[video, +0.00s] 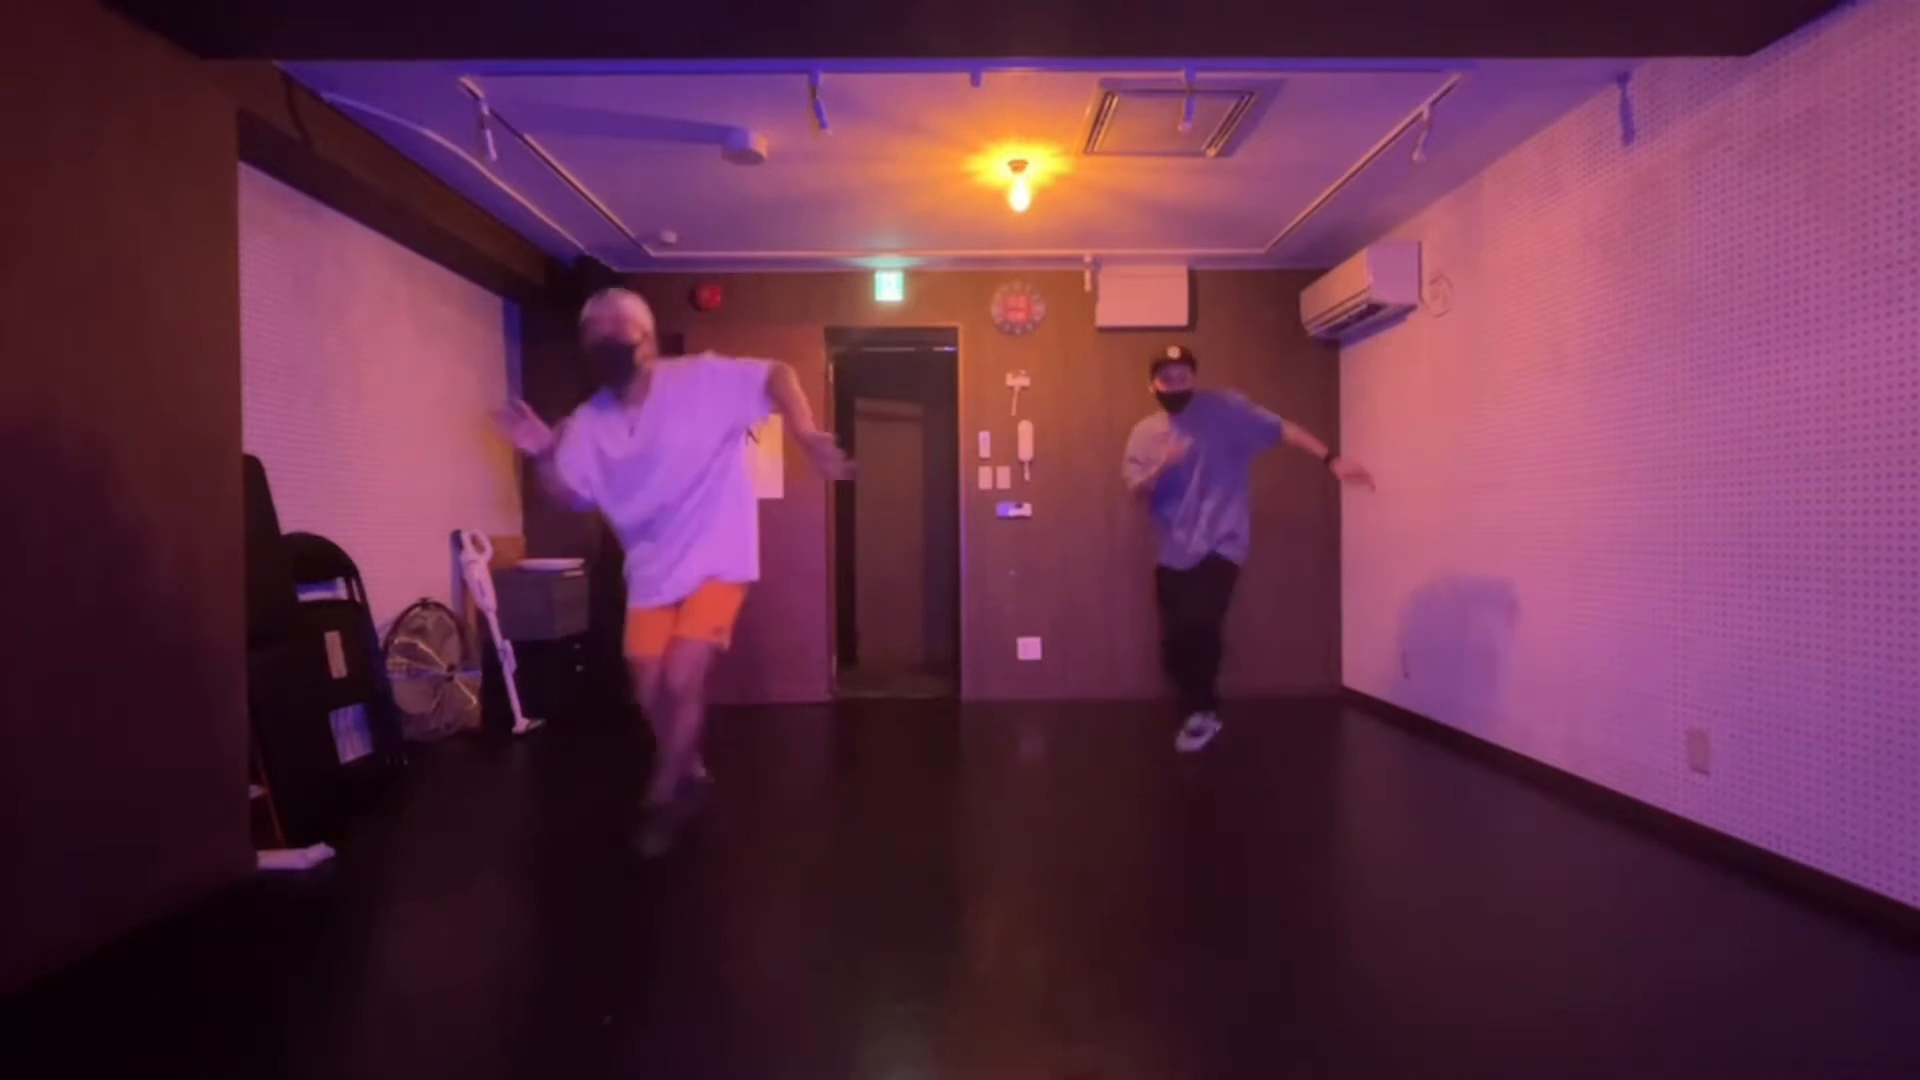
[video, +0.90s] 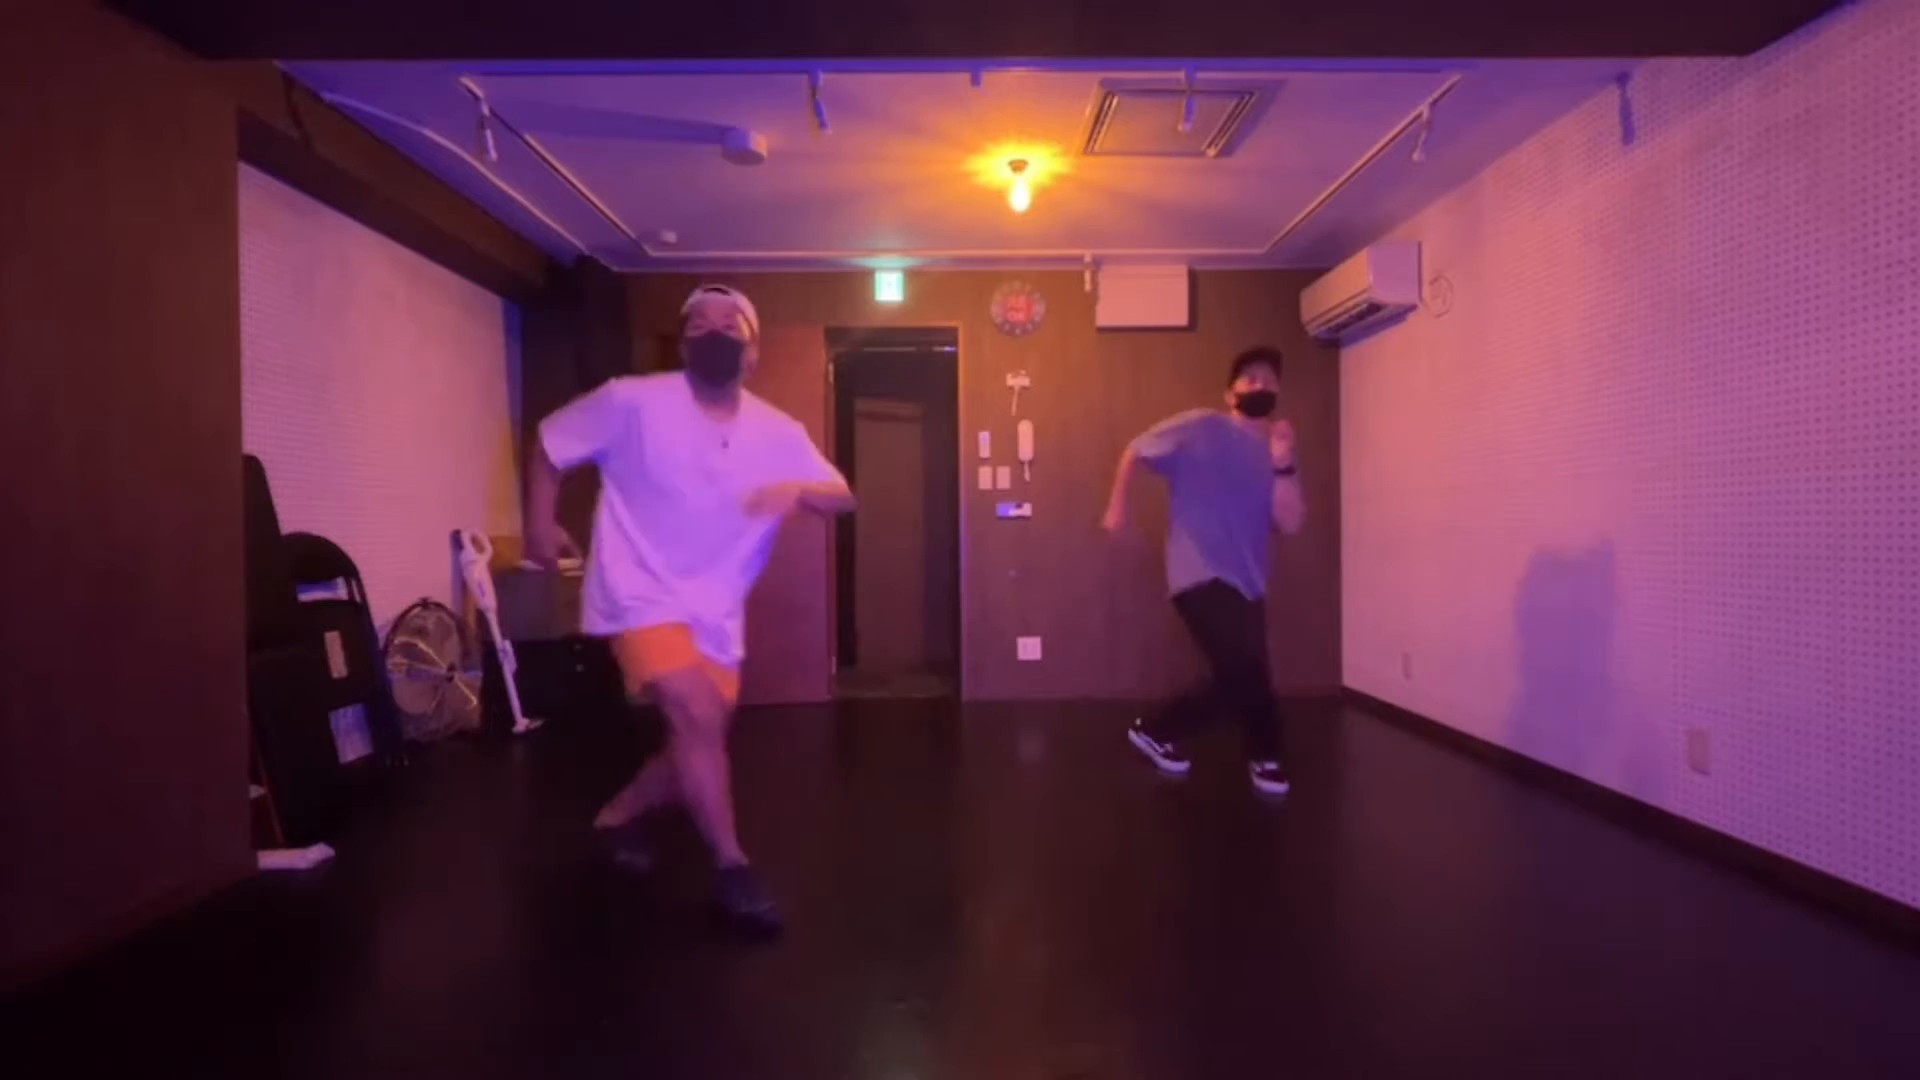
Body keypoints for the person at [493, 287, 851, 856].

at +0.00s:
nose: (613, 345)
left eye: (624, 333)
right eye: (600, 337)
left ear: (649, 339)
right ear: (586, 351)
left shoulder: (701, 377)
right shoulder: (587, 425)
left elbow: (777, 375)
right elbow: (569, 499)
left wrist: (810, 438)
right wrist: (544, 455)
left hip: (720, 551)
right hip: (652, 566)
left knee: (682, 677)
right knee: (649, 689)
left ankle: (658, 805)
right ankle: (693, 779)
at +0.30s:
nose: (601, 363)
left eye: (613, 351)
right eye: (588, 355)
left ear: (640, 356)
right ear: (574, 368)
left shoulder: (694, 404)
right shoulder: (571, 441)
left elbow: (782, 440)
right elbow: (548, 525)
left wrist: (790, 517)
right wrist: (513, 518)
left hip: (700, 593)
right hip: (629, 603)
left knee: (659, 717)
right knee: (629, 728)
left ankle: (632, 823)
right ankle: (687, 767)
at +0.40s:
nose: (615, 339)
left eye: (629, 326)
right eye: (603, 328)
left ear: (657, 335)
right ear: (588, 340)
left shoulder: (707, 398)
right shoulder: (574, 423)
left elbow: (768, 476)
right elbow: (548, 505)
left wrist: (758, 544)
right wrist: (531, 558)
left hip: (695, 584)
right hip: (620, 587)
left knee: (661, 712)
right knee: (617, 711)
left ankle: (631, 823)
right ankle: (672, 752)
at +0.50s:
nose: (647, 316)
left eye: (661, 304)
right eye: (635, 305)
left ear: (688, 318)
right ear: (618, 317)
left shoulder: (725, 393)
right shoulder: (588, 398)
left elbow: (746, 492)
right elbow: (552, 495)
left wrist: (722, 565)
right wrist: (529, 585)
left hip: (695, 579)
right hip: (614, 578)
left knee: (665, 708)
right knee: (613, 700)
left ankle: (632, 820)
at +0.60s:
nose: (664, 303)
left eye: (678, 293)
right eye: (653, 293)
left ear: (704, 309)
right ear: (633, 306)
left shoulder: (735, 388)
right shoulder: (594, 385)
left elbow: (755, 484)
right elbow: (551, 483)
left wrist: (728, 543)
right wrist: (524, 566)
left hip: (696, 567)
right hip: (617, 561)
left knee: (667, 705)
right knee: (635, 680)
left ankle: (633, 822)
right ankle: (606, 764)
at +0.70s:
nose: (689, 309)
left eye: (705, 301)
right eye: (678, 298)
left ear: (727, 321)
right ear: (658, 308)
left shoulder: (752, 395)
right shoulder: (609, 380)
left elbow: (795, 474)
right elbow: (545, 452)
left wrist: (757, 492)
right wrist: (524, 533)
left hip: (699, 571)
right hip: (622, 555)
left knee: (671, 698)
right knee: (665, 678)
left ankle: (624, 819)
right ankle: (658, 841)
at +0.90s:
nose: (716, 336)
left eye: (731, 329)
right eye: (702, 328)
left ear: (753, 352)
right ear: (681, 345)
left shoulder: (777, 430)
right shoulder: (634, 401)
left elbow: (843, 498)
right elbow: (550, 445)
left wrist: (799, 492)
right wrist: (541, 524)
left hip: (717, 607)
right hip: (639, 593)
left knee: (701, 744)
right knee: (697, 711)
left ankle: (611, 820)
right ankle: (732, 866)